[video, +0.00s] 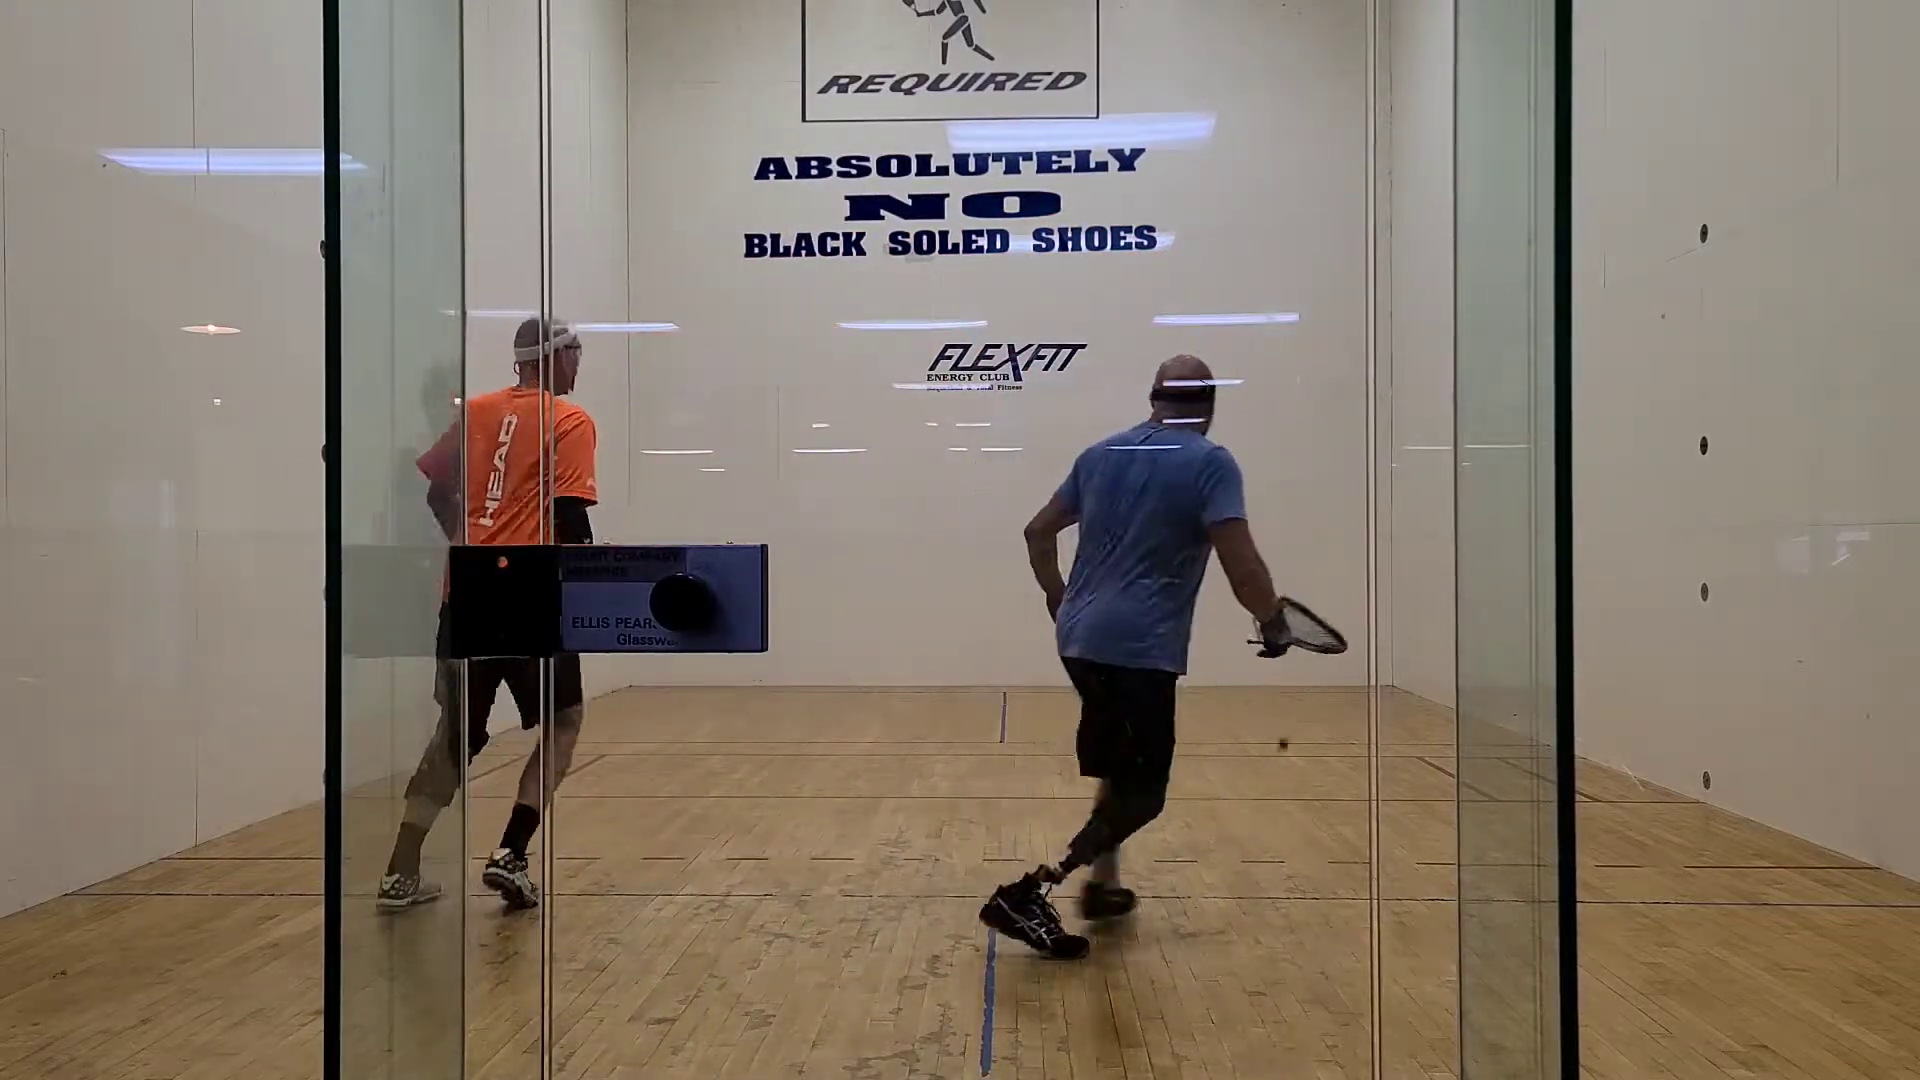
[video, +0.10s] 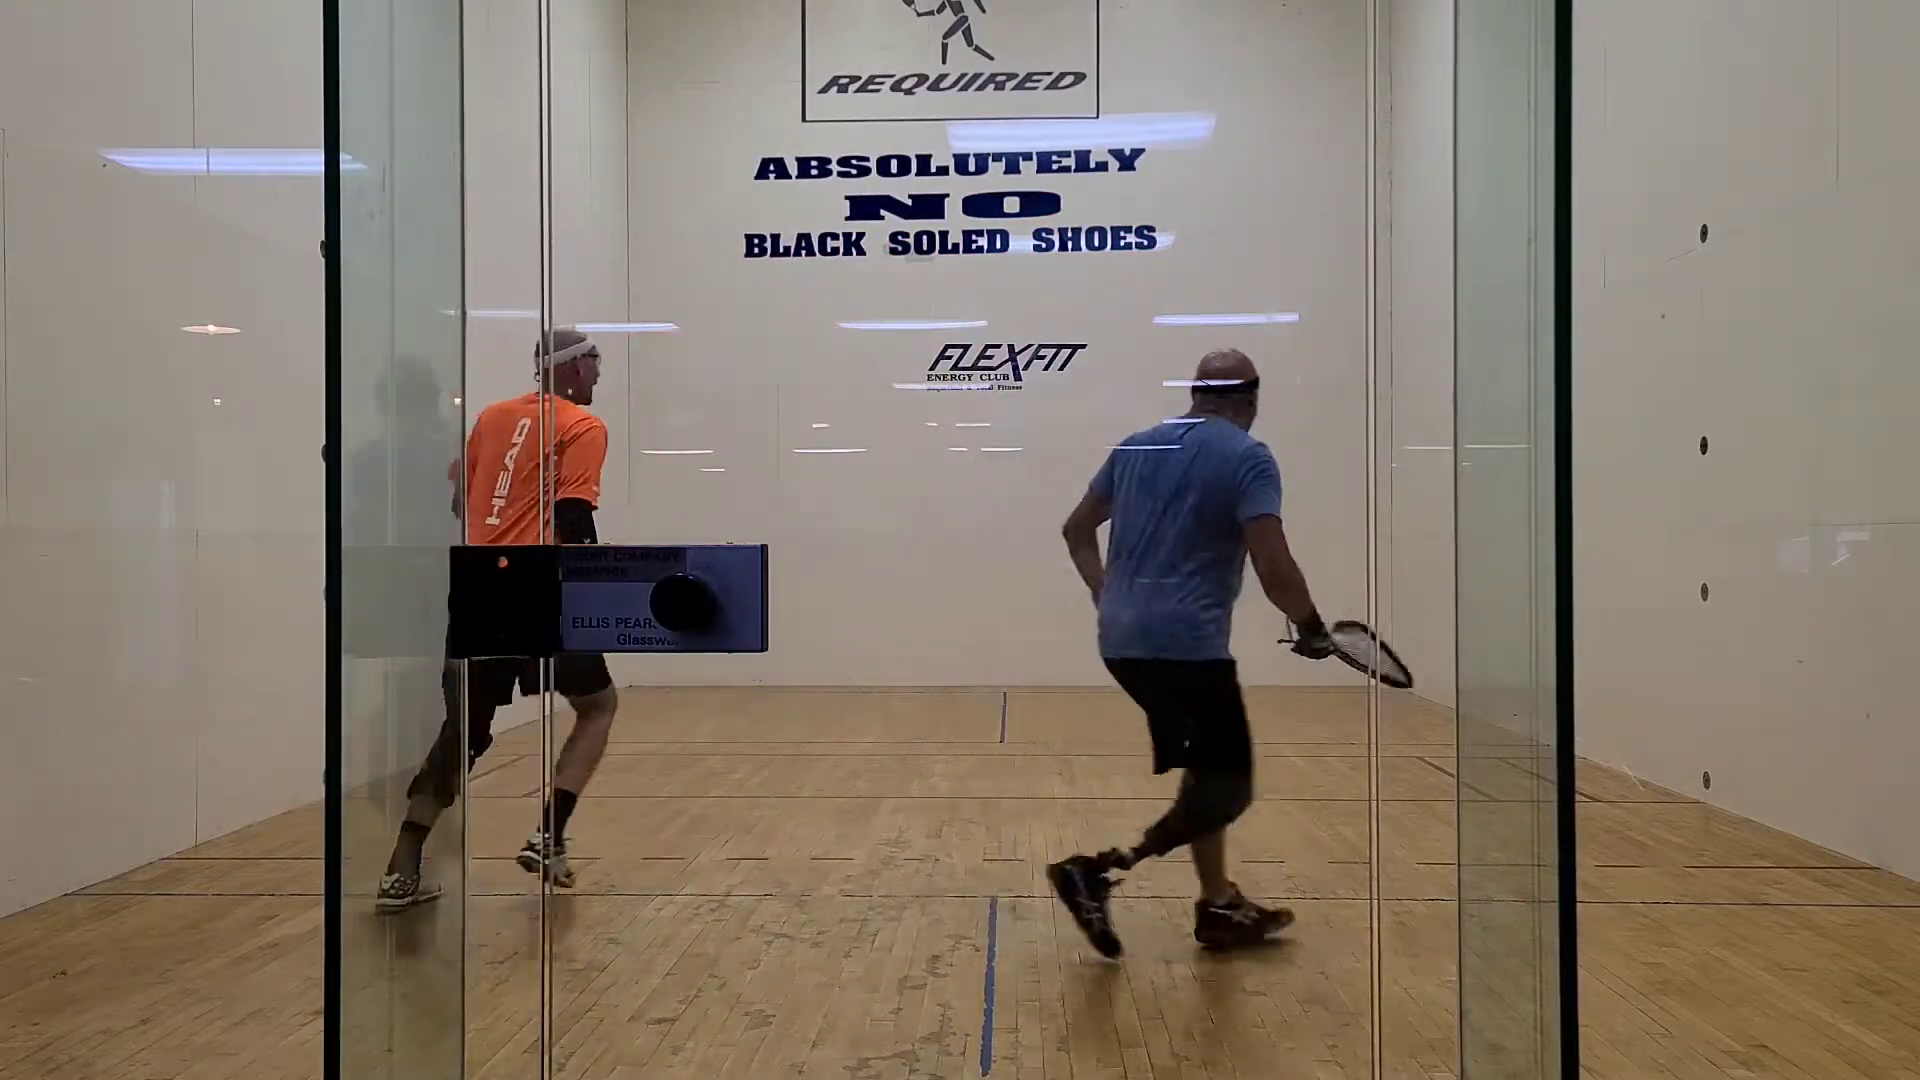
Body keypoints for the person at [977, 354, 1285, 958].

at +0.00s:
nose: (1206, 412)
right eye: (1208, 403)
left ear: (1153, 402)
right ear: (1209, 405)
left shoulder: (1101, 455)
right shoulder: (1210, 462)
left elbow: (1039, 531)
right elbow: (1240, 562)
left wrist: (1056, 595)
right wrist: (1271, 620)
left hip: (1077, 639)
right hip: (1142, 649)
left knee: (1115, 761)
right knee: (1143, 794)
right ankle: (1034, 891)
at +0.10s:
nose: (1255, 409)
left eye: (1249, 399)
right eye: (1255, 399)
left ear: (1196, 396)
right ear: (1249, 398)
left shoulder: (1139, 445)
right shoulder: (1247, 457)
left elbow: (1078, 528)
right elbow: (1273, 565)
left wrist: (1109, 597)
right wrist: (1310, 626)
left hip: (1122, 642)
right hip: (1189, 646)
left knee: (1205, 766)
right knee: (1231, 788)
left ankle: (1219, 903)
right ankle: (1101, 872)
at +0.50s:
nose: (1446, 359)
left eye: (1442, 348)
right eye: (1441, 348)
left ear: (1374, 359)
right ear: (1427, 350)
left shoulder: (1333, 433)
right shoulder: (1432, 415)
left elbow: (1315, 549)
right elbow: (1466, 530)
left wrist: (1405, 559)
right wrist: (1537, 572)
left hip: (1328, 655)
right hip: (1409, 658)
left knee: (1365, 779)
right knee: (1486, 814)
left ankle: (1313, 924)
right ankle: (1440, 984)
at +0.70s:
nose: (1578, 342)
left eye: (1574, 326)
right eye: (1566, 328)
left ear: (1498, 331)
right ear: (1529, 333)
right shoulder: (1517, 412)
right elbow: (1539, 542)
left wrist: (1578, 528)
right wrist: (1660, 572)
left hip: (1442, 657)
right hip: (1499, 662)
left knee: (1494, 832)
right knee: (1642, 810)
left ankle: (1444, 1010)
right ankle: (1582, 992)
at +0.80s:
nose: (1653, 343)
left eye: (1647, 328)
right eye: (1639, 329)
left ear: (1579, 350)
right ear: (1597, 347)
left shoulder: (1532, 424)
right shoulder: (1578, 437)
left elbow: (1597, 528)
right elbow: (1603, 556)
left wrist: (1688, 526)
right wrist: (1747, 580)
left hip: (1508, 698)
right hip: (1576, 699)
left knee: (1550, 858)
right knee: (1748, 829)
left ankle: (1443, 1024)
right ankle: (1815, 1028)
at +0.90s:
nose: (1761, 336)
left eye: (1753, 322)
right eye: (1745, 322)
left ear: (1681, 346)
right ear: (1700, 341)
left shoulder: (1657, 425)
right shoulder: (1656, 427)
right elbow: (1665, 532)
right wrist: (1825, 515)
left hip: (1614, 723)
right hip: (1655, 723)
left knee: (1571, 879)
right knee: (1842, 861)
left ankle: (1445, 1021)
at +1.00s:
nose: (1913, 333)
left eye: (1907, 317)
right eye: (1896, 319)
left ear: (1833, 339)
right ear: (1844, 336)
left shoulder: (1826, 425)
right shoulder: (1779, 418)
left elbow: (1859, 504)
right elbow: (1778, 501)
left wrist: (1911, 506)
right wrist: (1914, 438)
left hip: (1716, 716)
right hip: (1759, 731)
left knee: (1643, 868)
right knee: (1918, 892)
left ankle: (1488, 988)